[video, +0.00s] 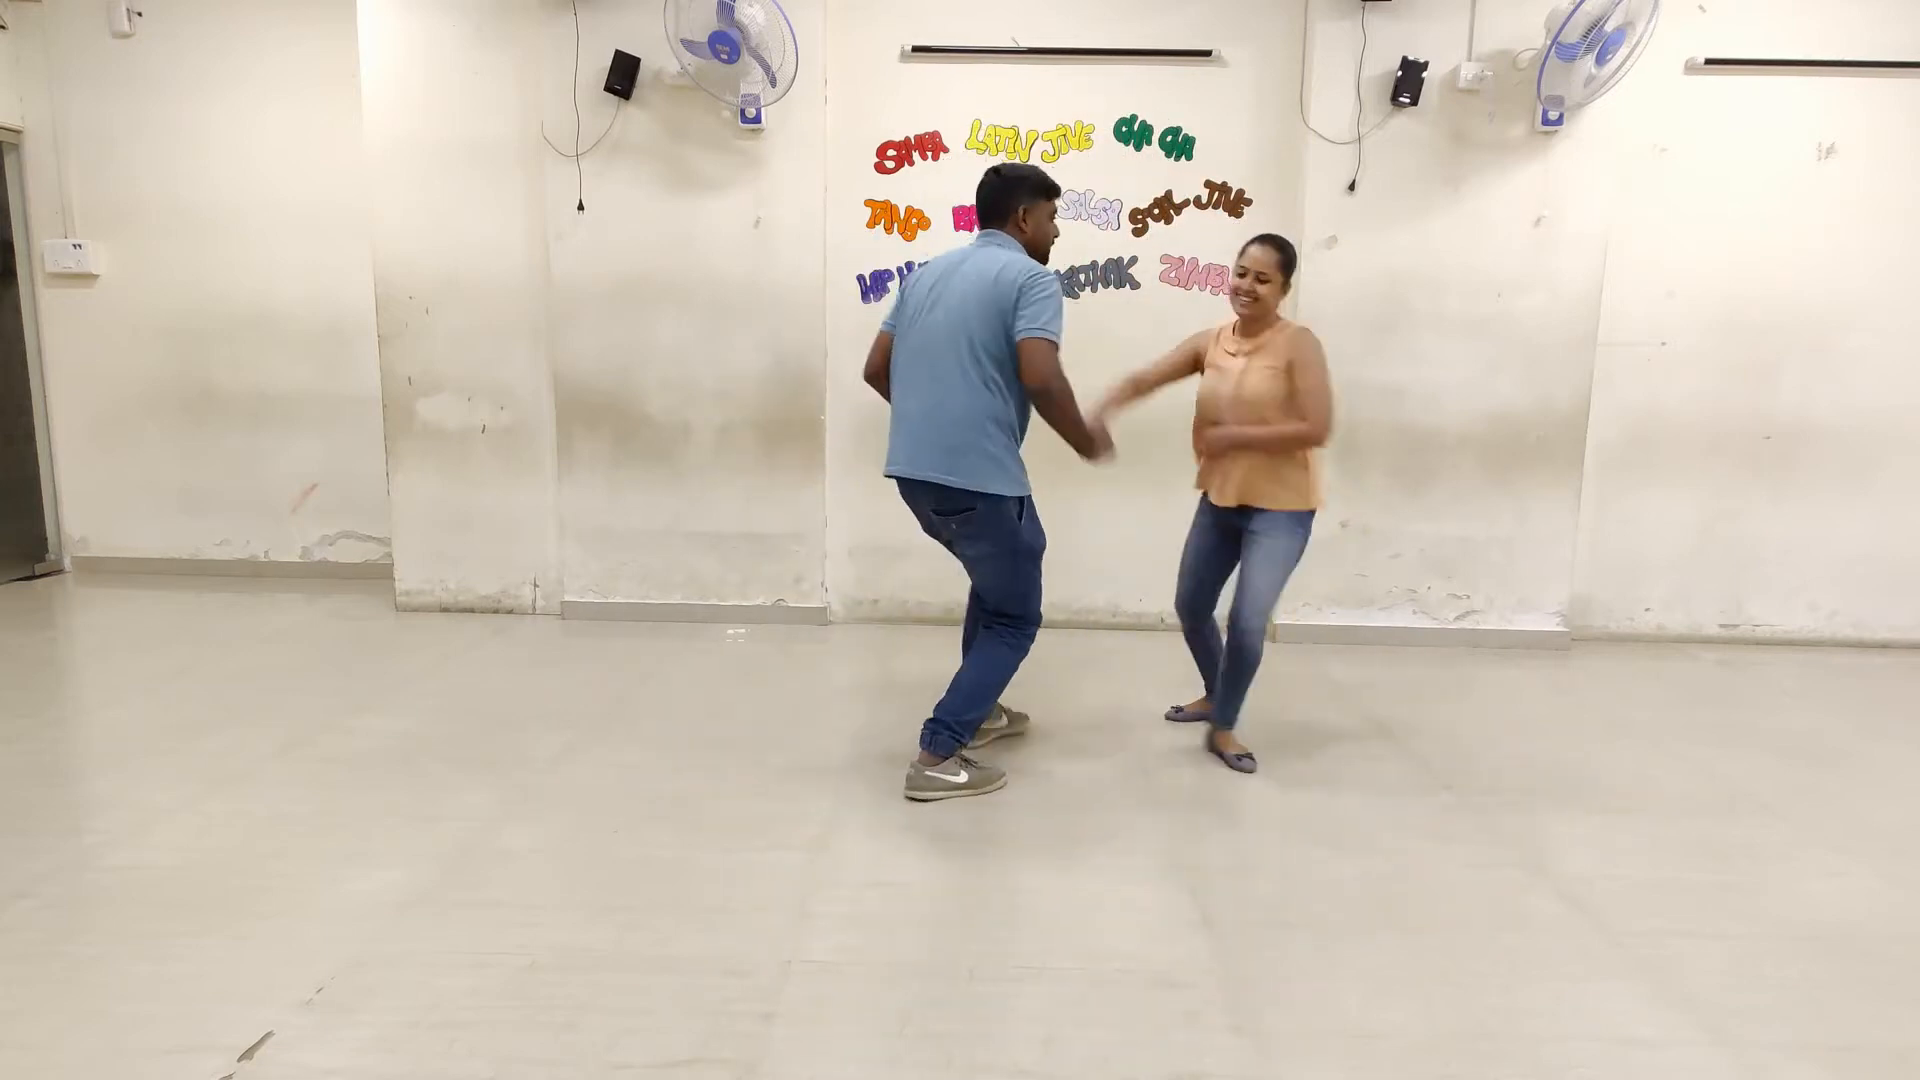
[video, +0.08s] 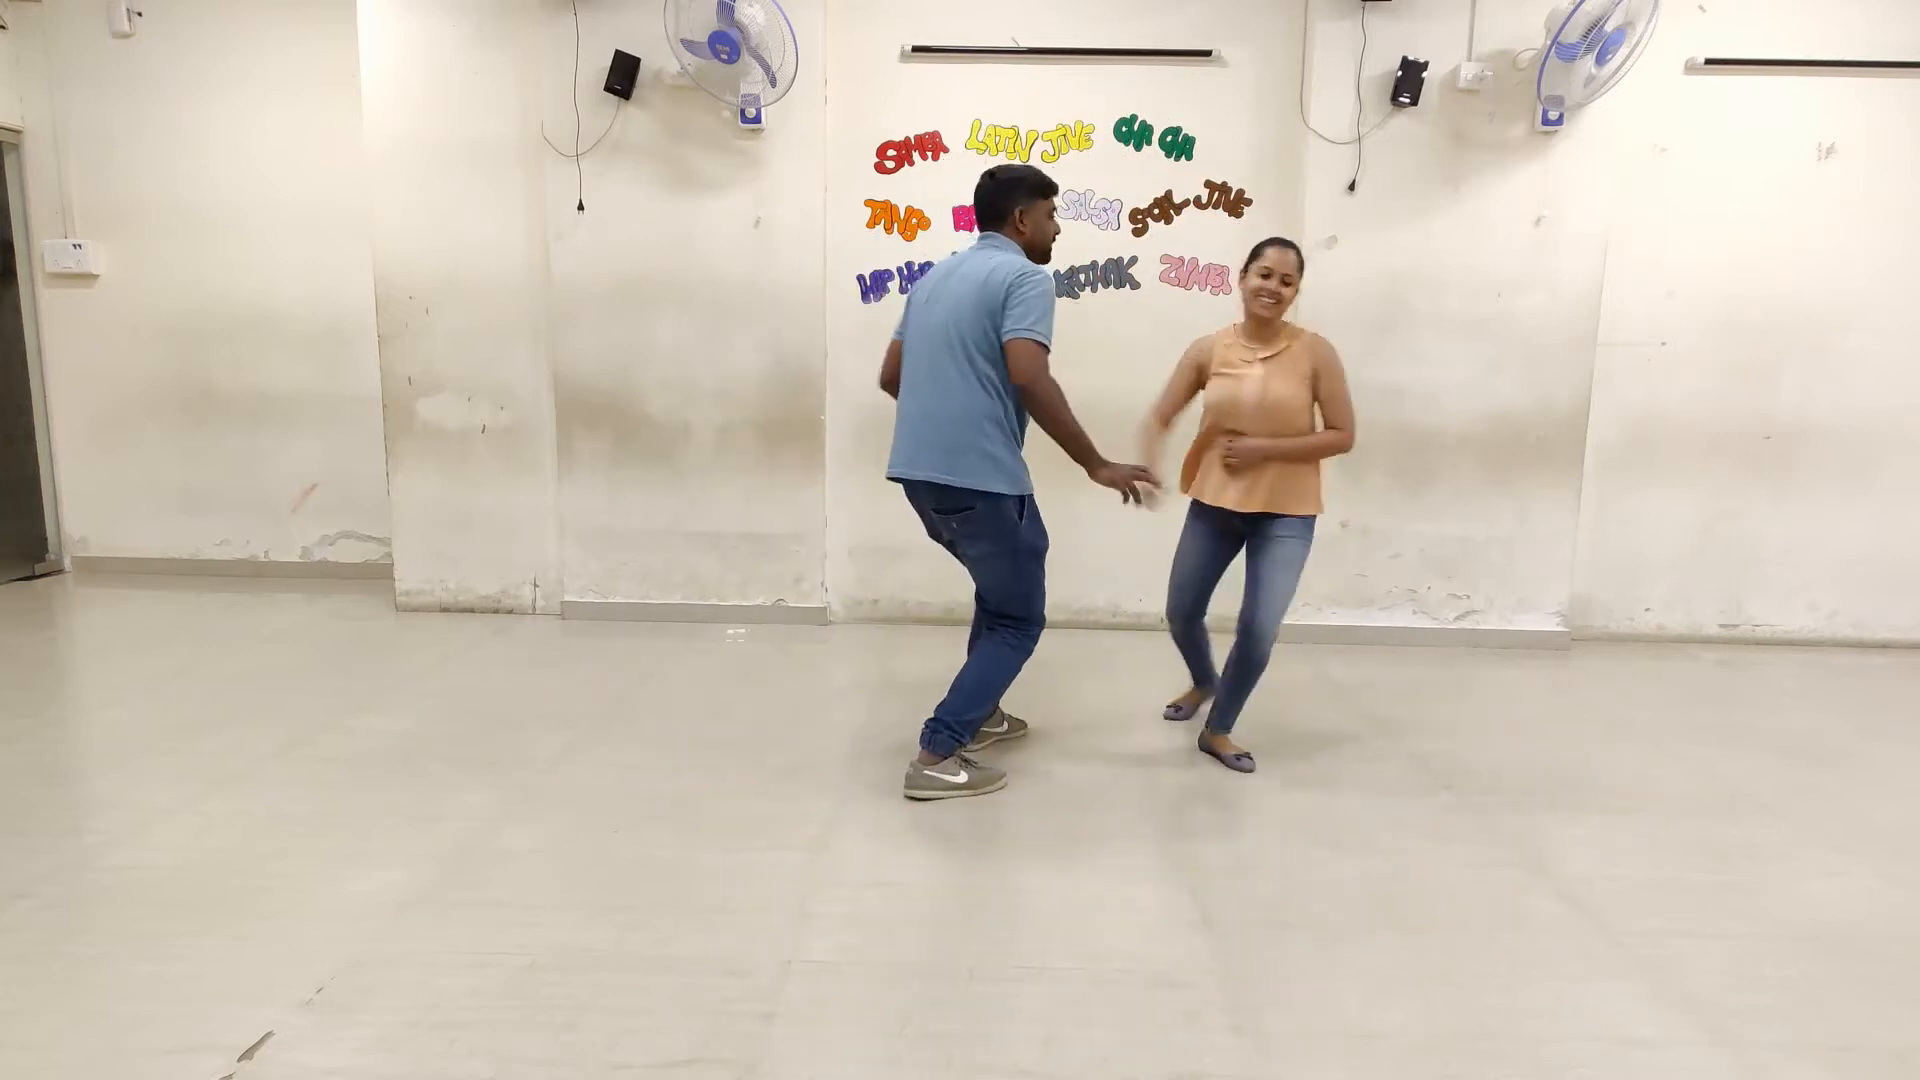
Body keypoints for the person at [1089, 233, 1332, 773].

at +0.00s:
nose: (1246, 286)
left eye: (1261, 279)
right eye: (1241, 274)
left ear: (1284, 288)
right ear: (1231, 276)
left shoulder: (1299, 344)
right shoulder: (1212, 341)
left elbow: (1316, 428)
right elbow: (1148, 379)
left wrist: (1230, 435)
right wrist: (1101, 410)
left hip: (1281, 507)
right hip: (1220, 501)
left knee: (1247, 621)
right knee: (1191, 605)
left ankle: (1223, 729)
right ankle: (1216, 696)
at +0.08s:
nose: (1272, 286)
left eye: (1285, 279)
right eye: (1263, 274)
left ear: (1296, 291)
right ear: (1242, 279)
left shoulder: (1315, 352)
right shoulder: (1209, 349)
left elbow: (1343, 436)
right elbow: (1159, 418)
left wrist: (1261, 448)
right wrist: (1149, 470)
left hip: (1286, 514)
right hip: (1214, 506)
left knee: (1259, 633)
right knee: (1181, 612)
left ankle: (1218, 731)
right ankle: (1206, 682)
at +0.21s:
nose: (1320, 276)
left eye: (1321, 266)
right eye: (1311, 266)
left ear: (1292, 271)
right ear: (1276, 269)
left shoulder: (1315, 338)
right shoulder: (1234, 342)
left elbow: (1327, 413)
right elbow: (1234, 438)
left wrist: (1322, 428)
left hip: (1293, 502)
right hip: (1230, 498)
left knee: (1273, 630)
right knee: (1231, 619)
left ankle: (1218, 729)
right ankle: (1164, 674)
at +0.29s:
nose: (1331, 264)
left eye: (1328, 254)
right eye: (1324, 254)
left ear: (1295, 263)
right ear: (1296, 261)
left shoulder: (1293, 326)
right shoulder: (1264, 328)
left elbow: (1293, 413)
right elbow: (1285, 422)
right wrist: (1366, 438)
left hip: (1282, 491)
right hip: (1243, 490)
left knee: (1277, 614)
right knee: (1273, 611)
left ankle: (1214, 726)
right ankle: (1182, 702)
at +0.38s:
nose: (1332, 254)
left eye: (1328, 245)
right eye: (1329, 246)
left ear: (1275, 257)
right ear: (1319, 253)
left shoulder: (1255, 314)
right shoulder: (1318, 313)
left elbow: (1235, 395)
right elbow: (1362, 403)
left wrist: (1311, 402)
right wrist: (1409, 398)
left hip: (1231, 479)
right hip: (1284, 484)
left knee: (1251, 606)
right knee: (1310, 609)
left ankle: (1212, 734)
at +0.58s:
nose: (1273, 261)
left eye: (1275, 253)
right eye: (1277, 252)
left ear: (1286, 258)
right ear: (1332, 254)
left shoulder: (1255, 311)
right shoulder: (1367, 315)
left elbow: (1206, 393)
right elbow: (1403, 379)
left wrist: (1255, 404)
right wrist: (1360, 345)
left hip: (1255, 477)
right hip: (1333, 483)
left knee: (1259, 613)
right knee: (1323, 610)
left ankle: (1265, 754)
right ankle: (1331, 745)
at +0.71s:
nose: (1278, 262)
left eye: (1286, 252)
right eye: (1280, 250)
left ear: (1318, 255)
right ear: (1329, 256)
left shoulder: (1301, 306)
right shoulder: (1359, 308)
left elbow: (1259, 401)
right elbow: (1308, 368)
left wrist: (1257, 405)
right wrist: (1237, 363)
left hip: (1303, 482)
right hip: (1359, 482)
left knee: (1282, 620)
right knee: (1320, 613)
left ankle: (1309, 756)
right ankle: (1343, 743)